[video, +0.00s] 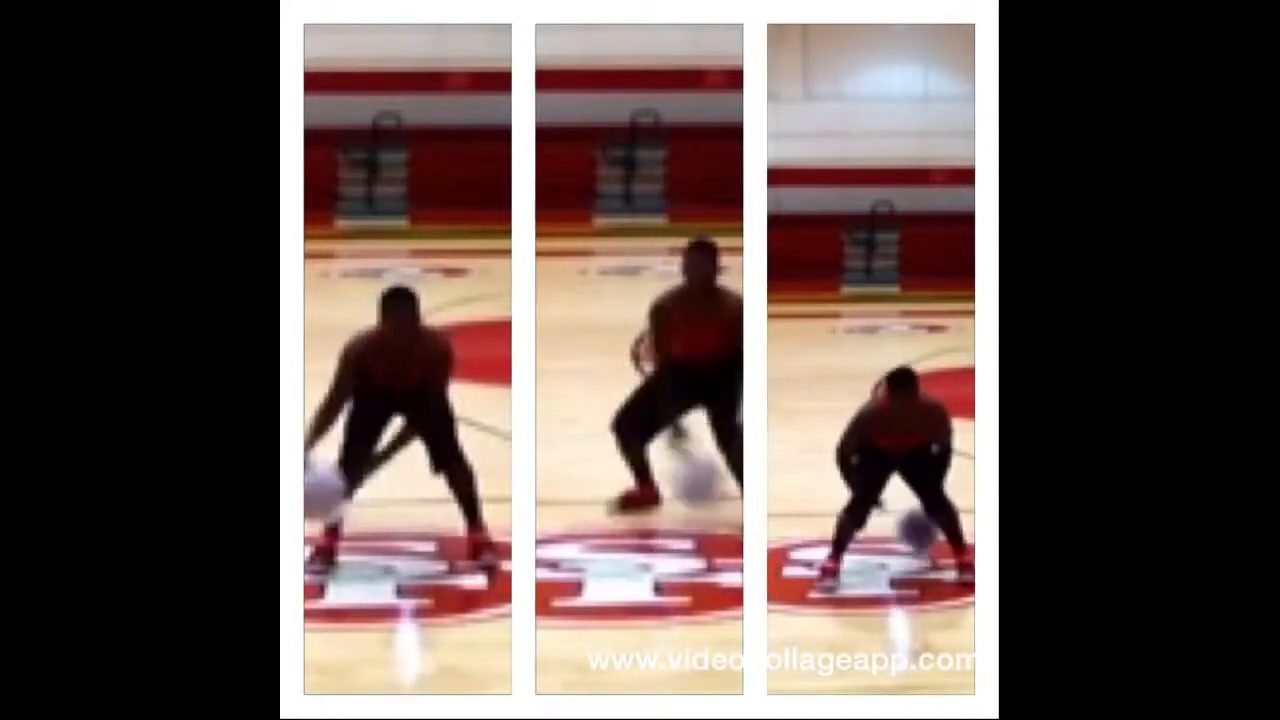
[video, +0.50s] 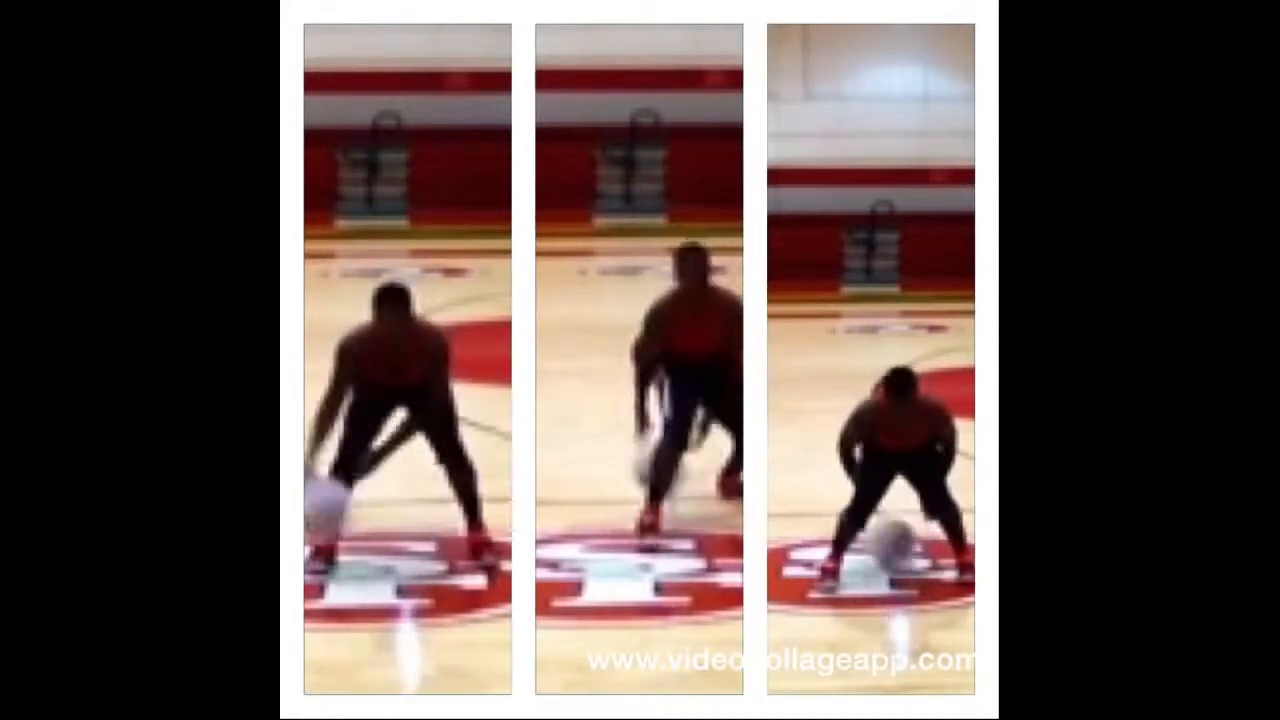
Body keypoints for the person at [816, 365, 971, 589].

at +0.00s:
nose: (900, 407)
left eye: (906, 400)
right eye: (896, 400)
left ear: (915, 395)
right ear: (887, 394)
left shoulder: (933, 413)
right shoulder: (871, 414)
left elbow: (945, 448)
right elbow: (843, 453)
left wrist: (934, 482)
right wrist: (861, 490)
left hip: (916, 455)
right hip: (876, 456)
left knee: (937, 503)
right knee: (860, 505)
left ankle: (962, 556)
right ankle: (833, 559)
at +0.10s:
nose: (909, 407)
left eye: (914, 400)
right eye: (903, 400)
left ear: (922, 394)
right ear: (894, 395)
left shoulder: (936, 413)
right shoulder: (876, 414)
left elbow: (950, 445)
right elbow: (844, 452)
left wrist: (955, 479)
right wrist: (856, 492)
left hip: (916, 455)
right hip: (876, 456)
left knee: (941, 507)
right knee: (861, 511)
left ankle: (962, 559)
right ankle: (834, 559)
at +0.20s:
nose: (907, 406)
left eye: (912, 400)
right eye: (902, 400)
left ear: (920, 394)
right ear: (893, 395)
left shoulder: (935, 413)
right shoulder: (875, 414)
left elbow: (944, 442)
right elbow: (844, 449)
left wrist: (939, 472)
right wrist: (853, 489)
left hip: (915, 455)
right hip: (875, 456)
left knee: (941, 504)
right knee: (860, 509)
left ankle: (962, 557)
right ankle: (834, 559)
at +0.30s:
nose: (897, 408)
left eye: (903, 401)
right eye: (892, 401)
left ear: (912, 395)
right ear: (883, 394)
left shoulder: (932, 413)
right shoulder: (868, 414)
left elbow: (945, 446)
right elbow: (844, 443)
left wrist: (929, 486)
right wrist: (853, 481)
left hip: (916, 456)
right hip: (875, 457)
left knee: (940, 506)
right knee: (858, 509)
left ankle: (962, 557)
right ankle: (834, 559)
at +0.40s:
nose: (893, 408)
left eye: (899, 402)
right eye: (888, 401)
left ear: (910, 395)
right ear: (879, 394)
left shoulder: (929, 412)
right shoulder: (867, 411)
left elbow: (950, 441)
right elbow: (842, 437)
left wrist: (939, 479)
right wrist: (847, 480)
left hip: (918, 456)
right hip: (876, 456)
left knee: (941, 507)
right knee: (856, 508)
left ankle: (963, 559)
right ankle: (833, 560)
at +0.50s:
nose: (897, 408)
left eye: (903, 402)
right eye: (892, 401)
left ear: (914, 395)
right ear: (883, 394)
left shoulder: (932, 412)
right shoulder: (869, 411)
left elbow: (949, 446)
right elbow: (845, 445)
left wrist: (936, 480)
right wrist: (857, 477)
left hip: (920, 456)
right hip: (880, 456)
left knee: (943, 507)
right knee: (859, 508)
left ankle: (963, 558)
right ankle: (834, 559)